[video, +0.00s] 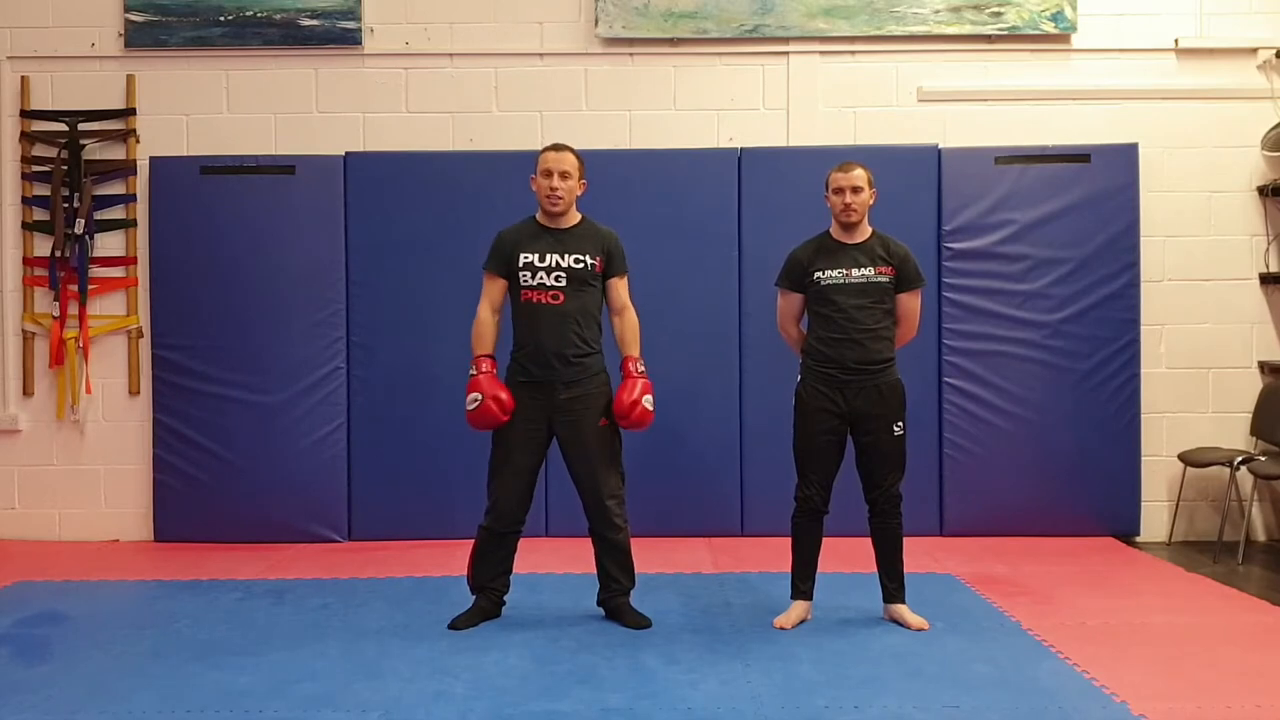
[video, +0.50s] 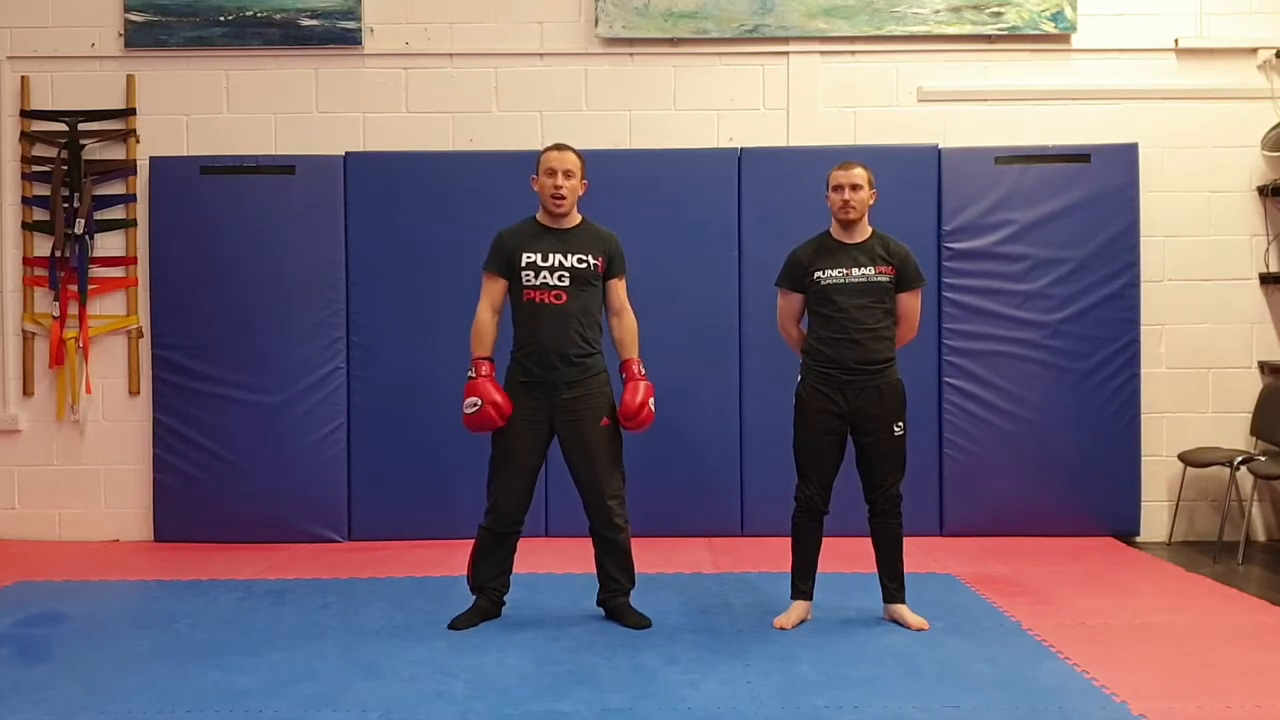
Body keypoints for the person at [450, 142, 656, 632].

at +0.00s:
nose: (554, 184)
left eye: (565, 176)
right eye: (547, 175)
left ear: (580, 185)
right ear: (534, 181)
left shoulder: (603, 241)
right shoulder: (512, 240)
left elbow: (622, 310)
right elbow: (489, 309)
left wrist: (634, 372)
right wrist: (483, 370)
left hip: (586, 388)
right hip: (524, 388)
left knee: (606, 499)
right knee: (505, 500)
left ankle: (616, 598)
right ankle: (488, 597)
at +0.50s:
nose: (559, 183)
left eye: (568, 175)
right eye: (551, 174)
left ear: (582, 184)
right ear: (536, 182)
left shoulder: (604, 243)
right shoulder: (511, 241)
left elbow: (620, 311)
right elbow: (489, 309)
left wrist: (634, 373)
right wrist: (481, 372)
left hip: (587, 389)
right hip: (524, 389)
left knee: (607, 500)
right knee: (504, 501)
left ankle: (616, 597)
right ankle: (488, 597)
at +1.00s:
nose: (543, 192)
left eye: (552, 183)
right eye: (535, 184)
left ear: (575, 185)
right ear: (527, 188)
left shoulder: (603, 242)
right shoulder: (514, 240)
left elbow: (622, 311)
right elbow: (486, 305)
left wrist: (633, 373)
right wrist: (515, 257)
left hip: (587, 389)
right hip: (527, 389)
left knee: (607, 500)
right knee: (505, 498)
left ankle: (616, 598)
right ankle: (488, 597)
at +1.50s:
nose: (540, 188)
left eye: (547, 178)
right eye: (529, 180)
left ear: (557, 182)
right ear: (510, 186)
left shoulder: (580, 240)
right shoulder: (489, 243)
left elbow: (600, 306)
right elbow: (466, 312)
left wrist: (616, 364)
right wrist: (512, 285)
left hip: (573, 388)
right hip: (512, 390)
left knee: (599, 496)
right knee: (496, 500)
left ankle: (615, 597)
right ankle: (487, 598)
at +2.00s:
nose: (588, 186)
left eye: (587, 178)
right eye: (577, 178)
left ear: (579, 185)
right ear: (546, 184)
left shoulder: (587, 242)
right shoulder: (512, 241)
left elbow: (592, 307)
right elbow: (482, 307)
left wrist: (616, 365)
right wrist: (542, 315)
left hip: (585, 390)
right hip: (529, 393)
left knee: (602, 493)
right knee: (507, 498)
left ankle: (614, 594)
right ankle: (489, 597)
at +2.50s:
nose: (668, 190)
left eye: (670, 182)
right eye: (659, 179)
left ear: (660, 188)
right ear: (629, 181)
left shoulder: (659, 251)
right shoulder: (584, 228)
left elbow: (681, 310)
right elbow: (544, 287)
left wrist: (727, 307)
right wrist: (595, 318)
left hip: (628, 384)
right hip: (576, 379)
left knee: (627, 492)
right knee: (557, 487)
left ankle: (615, 594)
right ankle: (524, 592)